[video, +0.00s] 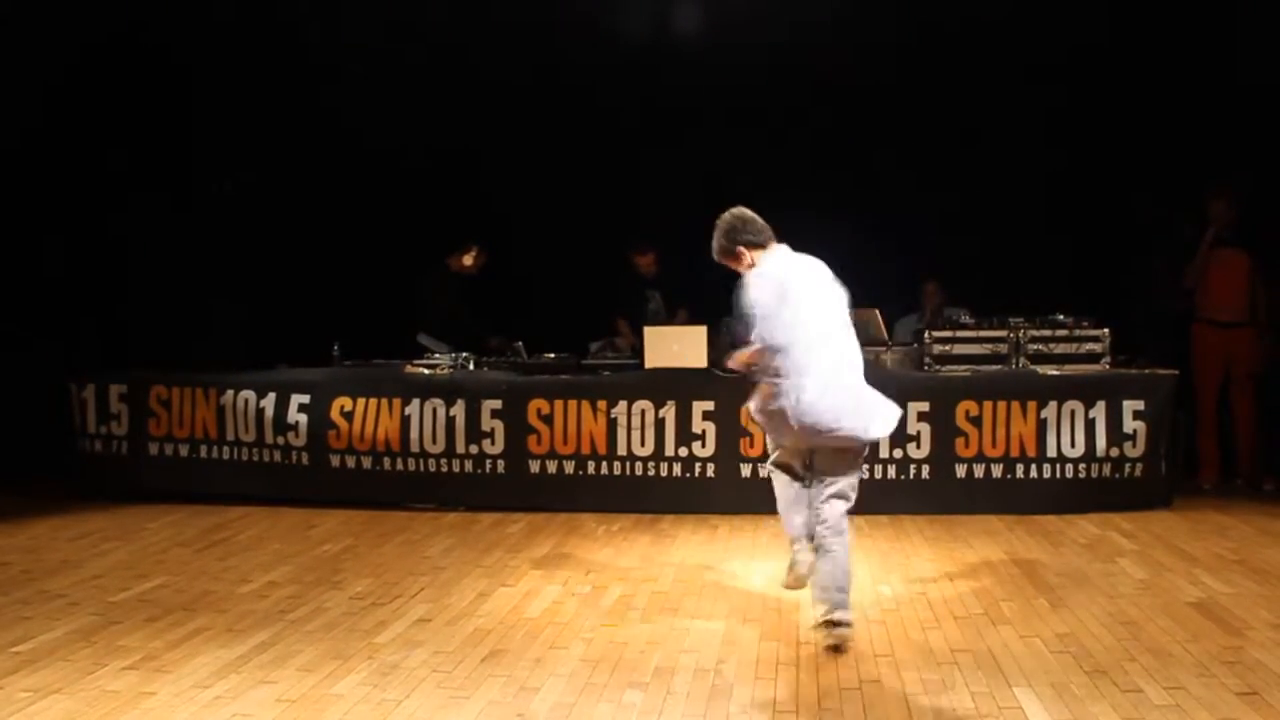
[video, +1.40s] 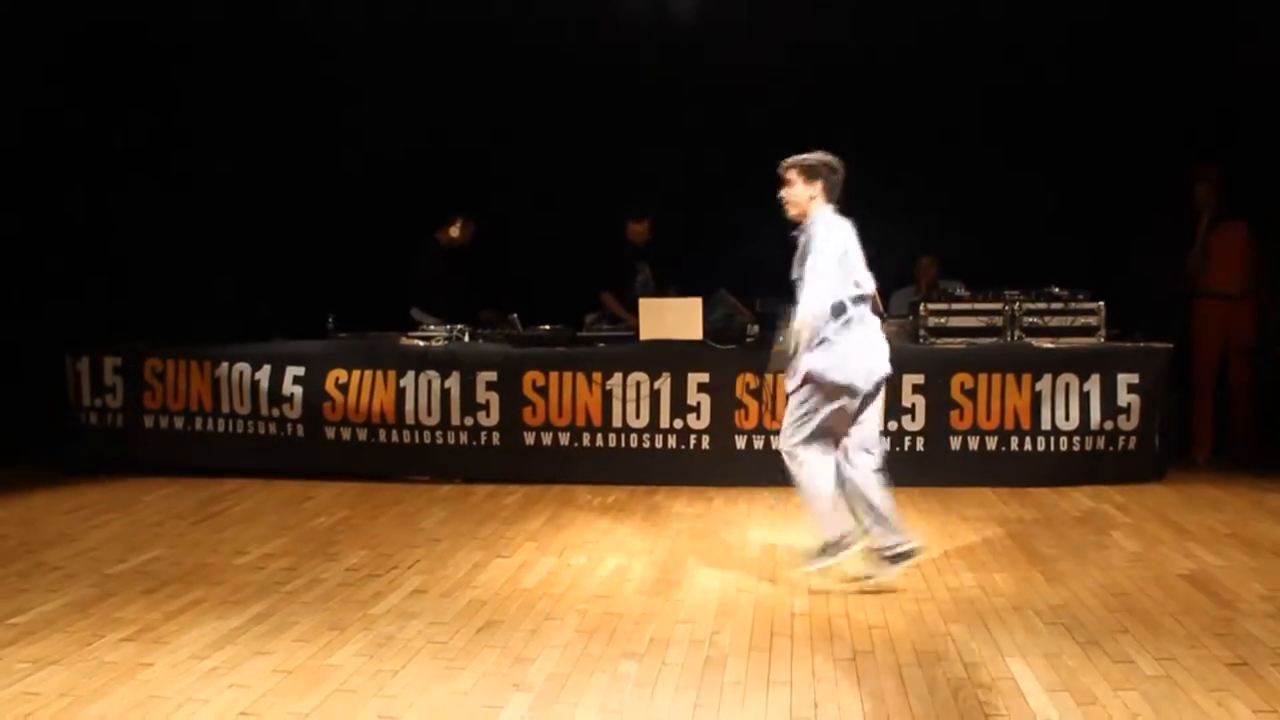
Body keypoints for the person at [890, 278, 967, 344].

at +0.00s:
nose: (929, 299)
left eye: (933, 294)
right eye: (926, 295)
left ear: (941, 296)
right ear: (921, 297)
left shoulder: (959, 317)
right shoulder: (904, 326)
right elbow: (900, 360)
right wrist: (924, 324)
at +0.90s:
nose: (920, 299)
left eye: (924, 295)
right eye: (917, 295)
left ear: (932, 297)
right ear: (912, 298)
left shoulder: (950, 317)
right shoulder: (894, 326)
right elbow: (891, 361)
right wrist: (916, 322)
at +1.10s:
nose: (922, 287)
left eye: (926, 283)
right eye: (919, 283)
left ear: (934, 285)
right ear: (914, 286)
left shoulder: (952, 306)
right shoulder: (897, 314)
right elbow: (893, 349)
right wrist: (918, 312)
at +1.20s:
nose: (925, 274)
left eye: (929, 270)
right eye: (921, 271)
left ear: (936, 272)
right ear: (916, 273)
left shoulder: (955, 294)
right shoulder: (900, 302)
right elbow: (895, 337)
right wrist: (920, 299)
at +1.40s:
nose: (925, 271)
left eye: (929, 267)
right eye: (922, 268)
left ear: (937, 270)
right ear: (916, 271)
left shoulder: (954, 290)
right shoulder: (900, 298)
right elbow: (897, 332)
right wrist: (921, 296)